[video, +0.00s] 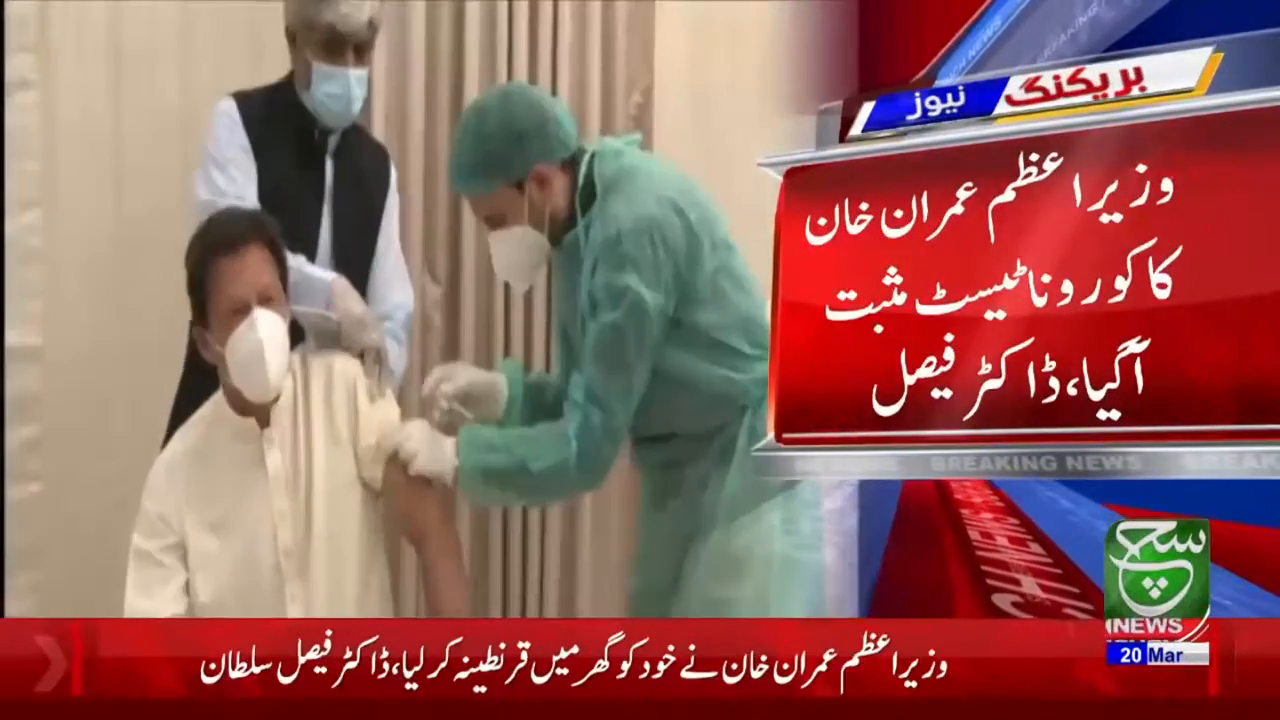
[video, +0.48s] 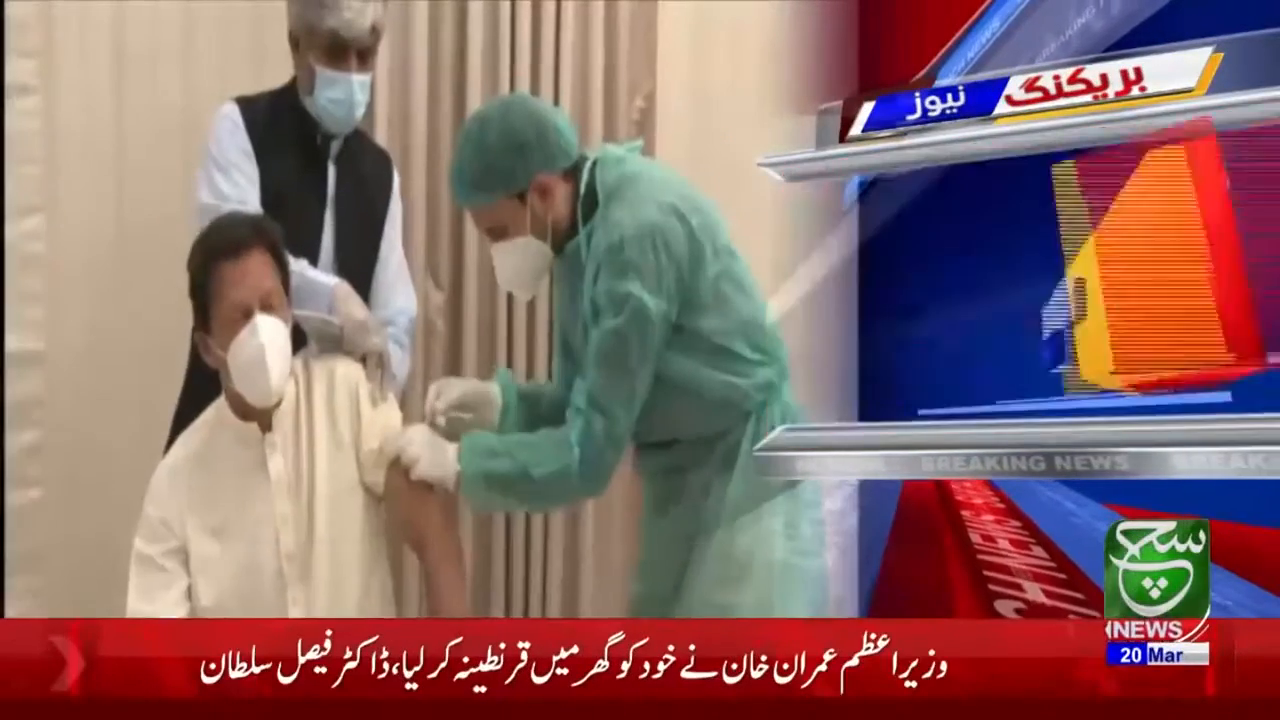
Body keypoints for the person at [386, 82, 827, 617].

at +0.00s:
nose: (495, 239)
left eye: (497, 220)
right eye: (486, 222)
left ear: (543, 183)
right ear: (543, 182)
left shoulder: (635, 220)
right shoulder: (584, 219)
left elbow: (588, 448)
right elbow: (585, 400)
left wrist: (457, 456)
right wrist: (500, 395)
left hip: (749, 456)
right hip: (677, 462)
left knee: (724, 653)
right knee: (655, 649)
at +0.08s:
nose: (495, 239)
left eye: (497, 221)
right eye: (486, 223)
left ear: (544, 184)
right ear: (544, 183)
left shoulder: (635, 221)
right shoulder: (584, 219)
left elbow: (588, 448)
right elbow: (586, 400)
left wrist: (458, 456)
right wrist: (501, 395)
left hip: (749, 457)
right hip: (677, 462)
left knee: (727, 653)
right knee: (656, 650)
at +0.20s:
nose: (497, 242)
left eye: (499, 223)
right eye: (488, 226)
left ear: (545, 184)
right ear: (546, 183)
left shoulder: (636, 221)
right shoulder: (585, 219)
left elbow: (589, 447)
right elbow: (587, 399)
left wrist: (458, 457)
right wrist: (502, 399)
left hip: (750, 459)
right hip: (678, 463)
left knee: (728, 655)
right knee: (656, 653)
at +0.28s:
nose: (498, 244)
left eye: (499, 226)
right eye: (489, 229)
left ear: (545, 187)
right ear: (545, 186)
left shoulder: (637, 223)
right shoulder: (587, 221)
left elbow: (589, 451)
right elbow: (586, 404)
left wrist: (459, 458)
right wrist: (500, 402)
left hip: (749, 459)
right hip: (679, 465)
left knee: (731, 654)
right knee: (656, 650)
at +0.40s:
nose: (497, 247)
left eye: (498, 228)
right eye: (488, 232)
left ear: (543, 190)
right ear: (545, 187)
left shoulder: (637, 231)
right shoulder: (588, 232)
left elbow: (589, 453)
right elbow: (587, 403)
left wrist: (460, 464)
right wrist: (498, 403)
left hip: (745, 471)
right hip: (680, 473)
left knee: (725, 662)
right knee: (659, 657)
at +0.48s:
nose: (497, 250)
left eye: (499, 232)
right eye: (488, 235)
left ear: (546, 194)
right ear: (546, 193)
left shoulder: (637, 227)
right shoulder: (584, 226)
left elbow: (590, 454)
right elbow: (584, 406)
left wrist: (459, 461)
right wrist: (498, 405)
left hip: (748, 466)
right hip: (679, 469)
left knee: (738, 661)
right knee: (657, 655)